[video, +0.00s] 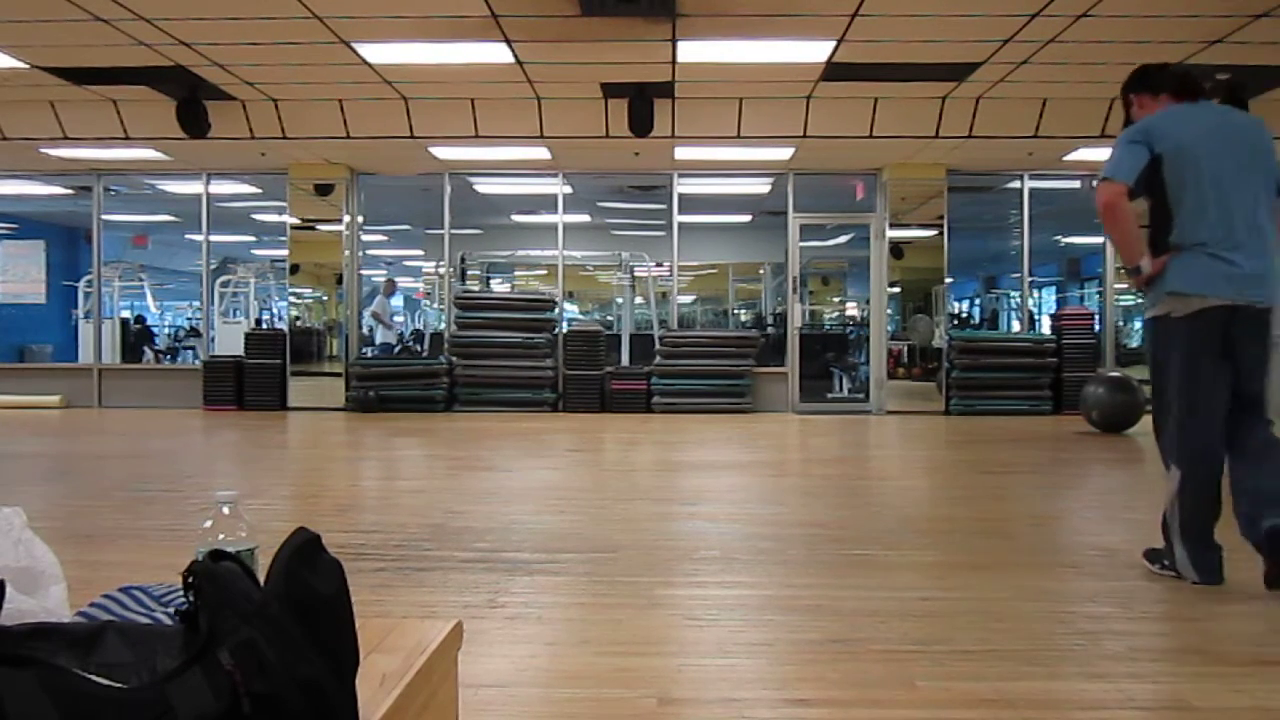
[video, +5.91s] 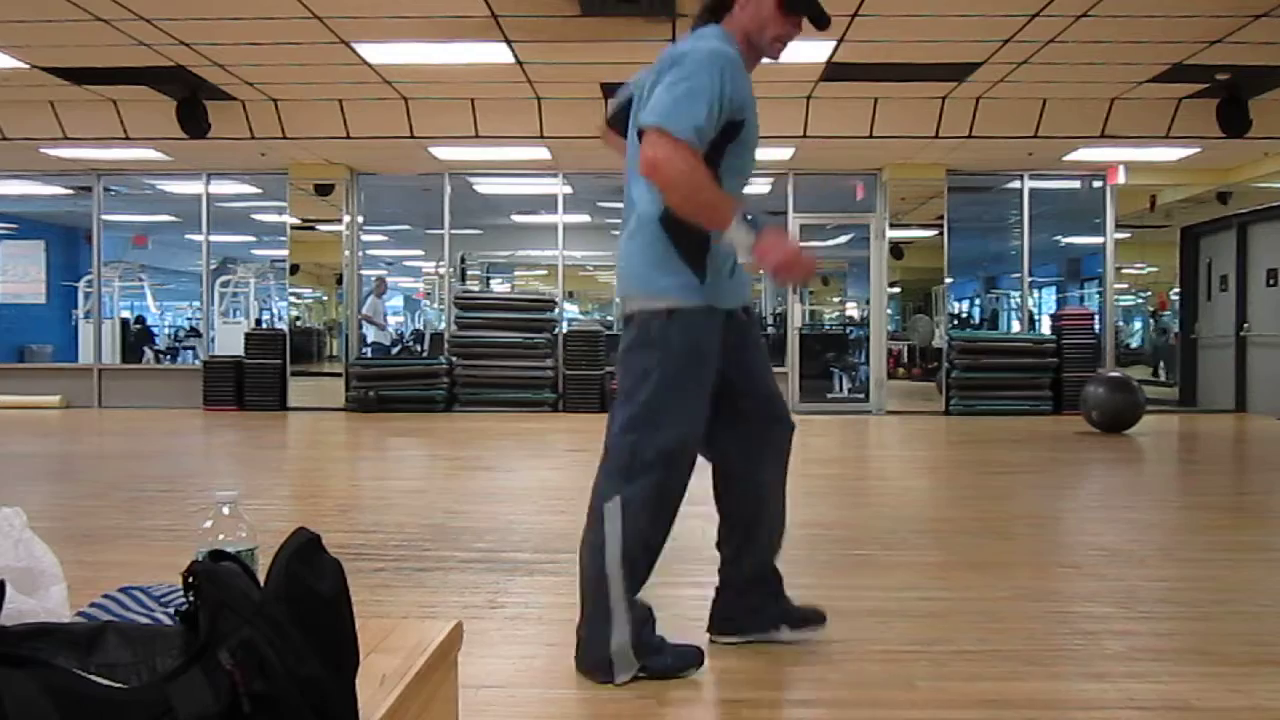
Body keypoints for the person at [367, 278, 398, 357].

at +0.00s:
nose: (395, 290)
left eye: (395, 287)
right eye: (393, 287)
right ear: (386, 287)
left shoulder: (387, 301)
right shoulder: (381, 299)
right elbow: (374, 313)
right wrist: (387, 324)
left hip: (390, 337)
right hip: (384, 337)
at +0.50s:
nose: (392, 288)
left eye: (392, 285)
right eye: (390, 285)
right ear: (384, 286)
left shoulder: (385, 299)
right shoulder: (379, 298)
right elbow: (374, 313)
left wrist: (389, 321)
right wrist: (385, 321)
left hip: (388, 337)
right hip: (382, 337)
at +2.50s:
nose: (386, 289)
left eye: (386, 286)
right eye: (384, 286)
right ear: (378, 286)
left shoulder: (380, 300)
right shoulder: (373, 299)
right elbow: (367, 314)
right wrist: (381, 322)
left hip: (384, 337)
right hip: (377, 338)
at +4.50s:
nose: (386, 288)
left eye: (386, 285)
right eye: (384, 285)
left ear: (385, 286)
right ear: (378, 286)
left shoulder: (381, 301)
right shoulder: (373, 299)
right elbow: (366, 314)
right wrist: (380, 323)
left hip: (385, 338)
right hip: (377, 338)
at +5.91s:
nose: (386, 288)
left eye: (386, 285)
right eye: (384, 285)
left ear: (385, 287)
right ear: (378, 286)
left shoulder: (381, 301)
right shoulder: (372, 299)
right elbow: (365, 315)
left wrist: (385, 323)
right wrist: (379, 324)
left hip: (384, 338)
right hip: (375, 338)